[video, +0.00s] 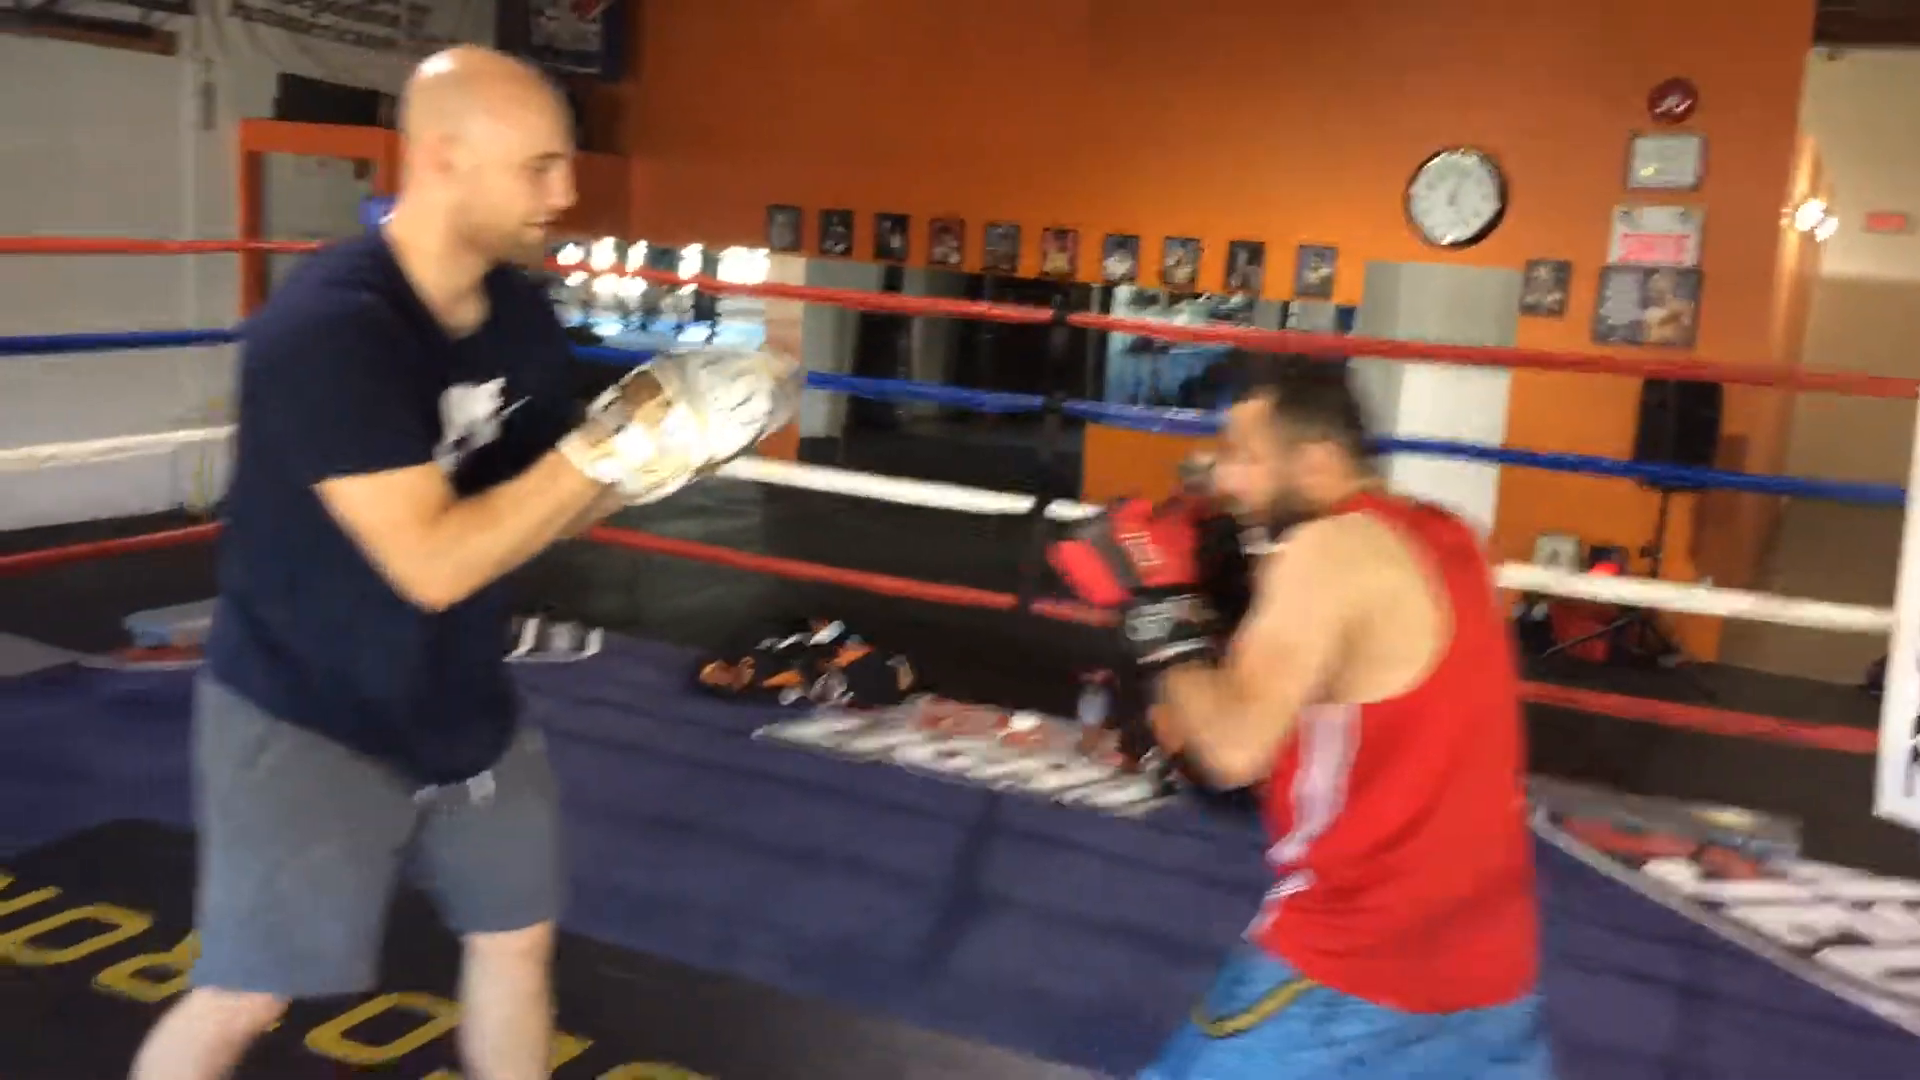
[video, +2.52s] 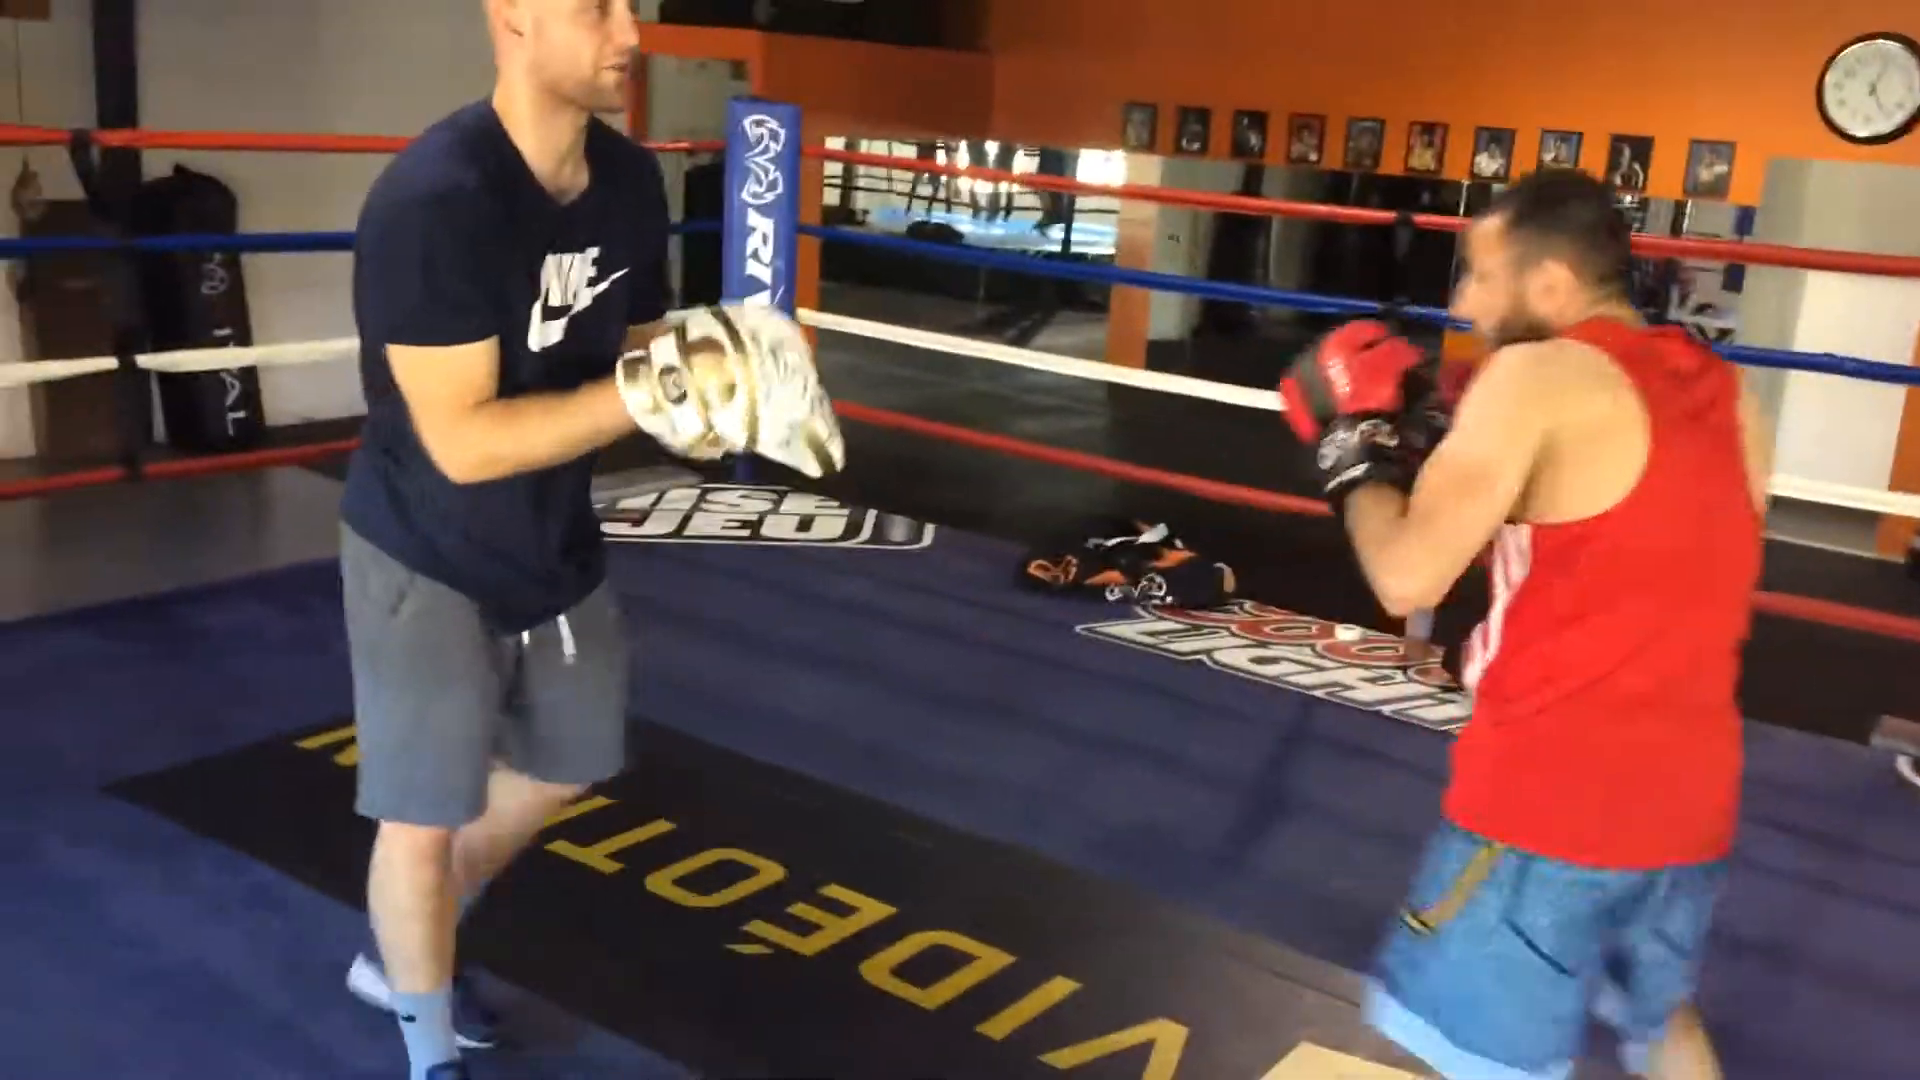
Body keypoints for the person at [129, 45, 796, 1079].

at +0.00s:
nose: (565, 195)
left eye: (565, 166)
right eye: (539, 167)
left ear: (454, 163)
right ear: (441, 161)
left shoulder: (515, 305)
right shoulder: (324, 329)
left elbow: (546, 487)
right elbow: (432, 564)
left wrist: (680, 412)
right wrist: (607, 455)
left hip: (461, 695)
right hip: (299, 712)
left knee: (514, 931)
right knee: (244, 992)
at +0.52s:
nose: (600, 157)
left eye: (601, 128)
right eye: (574, 127)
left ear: (501, 121)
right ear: (479, 119)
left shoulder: (564, 276)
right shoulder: (361, 282)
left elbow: (622, 479)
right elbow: (451, 518)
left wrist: (699, 388)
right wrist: (623, 391)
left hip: (491, 650)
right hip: (330, 669)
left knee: (574, 883)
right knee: (304, 951)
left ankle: (605, 1075)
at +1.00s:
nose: (723, 215)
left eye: (725, 185)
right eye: (696, 183)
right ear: (604, 179)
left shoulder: (689, 343)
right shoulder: (489, 332)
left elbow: (721, 541)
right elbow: (438, 575)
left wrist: (859, 540)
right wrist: (621, 485)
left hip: (577, 696)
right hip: (422, 704)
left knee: (657, 902)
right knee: (388, 987)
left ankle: (665, 1076)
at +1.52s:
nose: (842, 236)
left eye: (851, 209)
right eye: (820, 207)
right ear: (734, 187)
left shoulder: (772, 326)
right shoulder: (681, 331)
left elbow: (829, 501)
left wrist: (922, 520)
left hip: (640, 654)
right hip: (510, 674)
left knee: (689, 887)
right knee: (491, 956)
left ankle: (679, 1073)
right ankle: (345, 1074)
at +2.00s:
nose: (777, 145)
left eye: (783, 116)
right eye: (751, 112)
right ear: (662, 112)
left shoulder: (732, 272)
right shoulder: (572, 267)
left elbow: (734, 464)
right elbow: (583, 525)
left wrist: (747, 594)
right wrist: (781, 566)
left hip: (663, 616)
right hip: (511, 629)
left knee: (718, 849)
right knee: (471, 905)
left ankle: (724, 1069)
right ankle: (320, 1069)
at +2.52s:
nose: (629, 31)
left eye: (628, 7)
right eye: (596, 9)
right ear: (509, 24)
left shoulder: (628, 179)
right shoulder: (431, 202)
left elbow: (630, 360)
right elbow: (461, 443)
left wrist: (727, 367)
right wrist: (656, 392)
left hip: (553, 535)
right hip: (423, 549)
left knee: (559, 765)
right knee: (426, 814)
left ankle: (404, 948)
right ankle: (433, 1052)